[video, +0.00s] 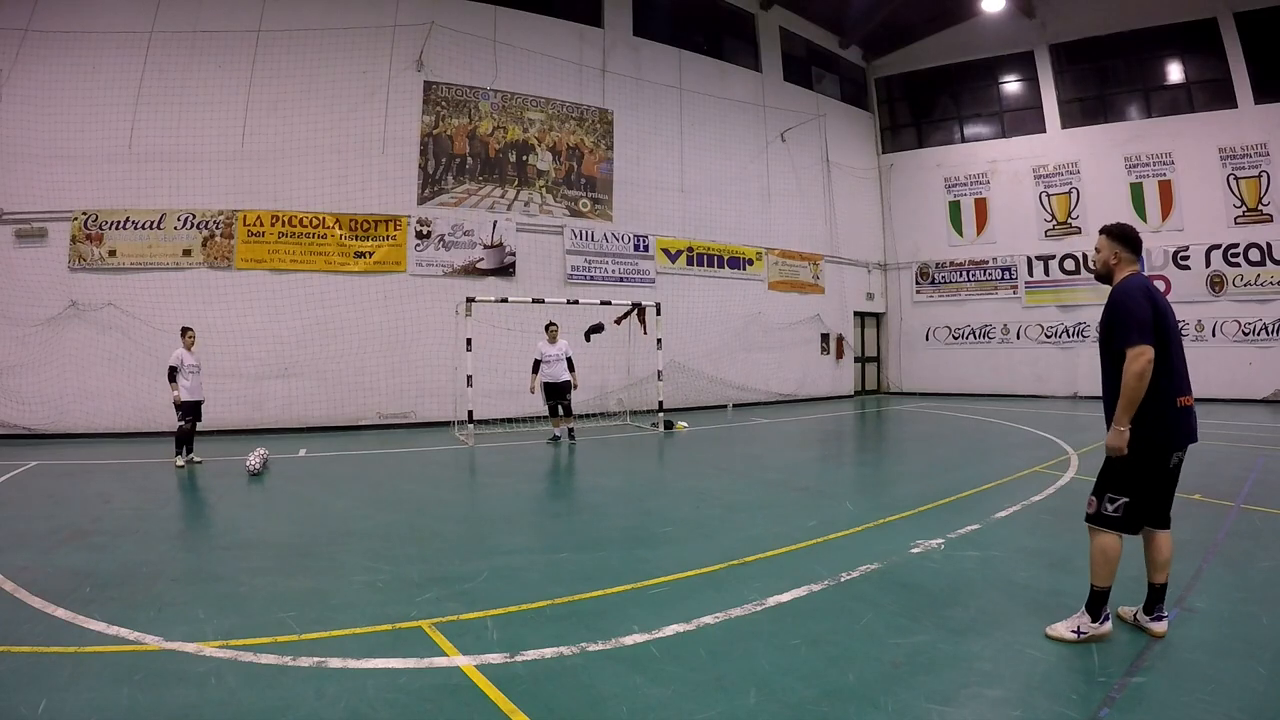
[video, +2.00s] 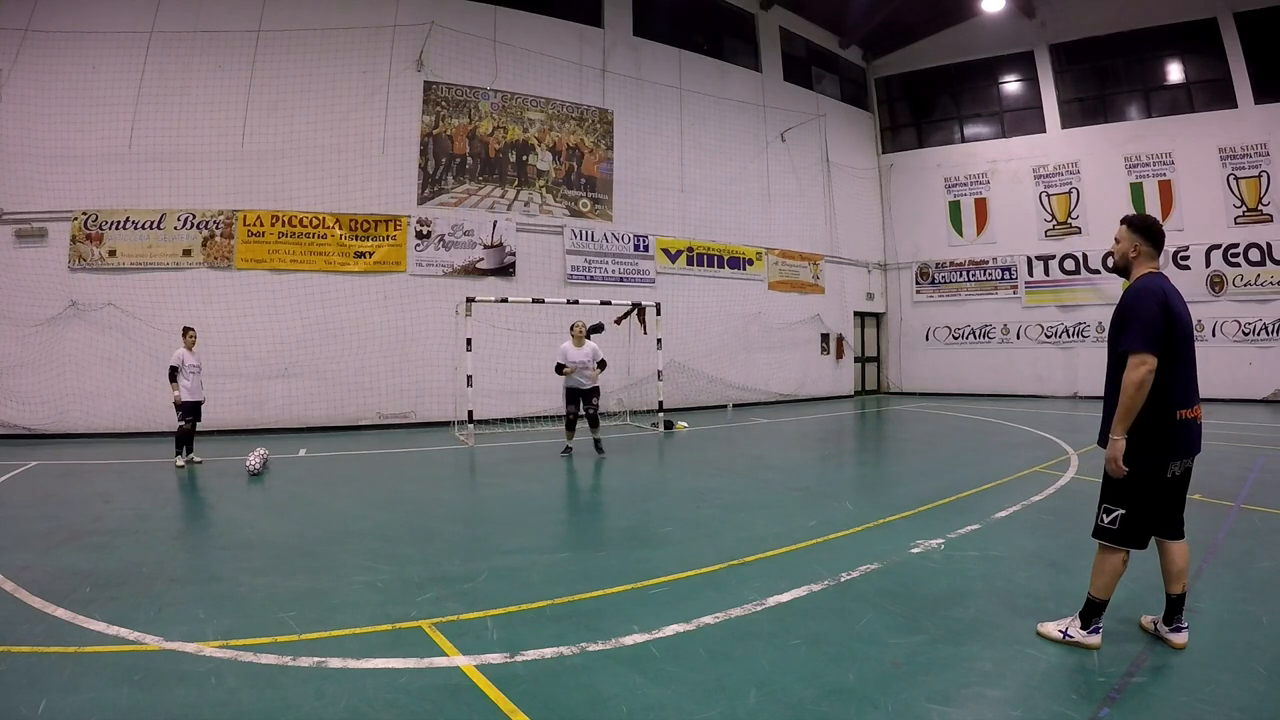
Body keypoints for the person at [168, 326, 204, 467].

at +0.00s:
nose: (192, 340)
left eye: (194, 337)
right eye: (190, 337)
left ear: (195, 339)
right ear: (183, 338)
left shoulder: (195, 356)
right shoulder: (178, 354)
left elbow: (197, 377)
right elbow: (171, 373)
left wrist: (201, 394)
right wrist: (175, 392)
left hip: (196, 397)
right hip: (183, 397)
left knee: (192, 426)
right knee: (184, 426)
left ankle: (189, 454)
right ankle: (178, 456)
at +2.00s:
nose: (193, 340)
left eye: (195, 337)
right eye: (191, 337)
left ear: (196, 339)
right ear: (183, 338)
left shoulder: (196, 355)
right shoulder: (179, 354)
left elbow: (198, 376)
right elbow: (172, 373)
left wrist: (201, 392)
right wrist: (176, 392)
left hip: (196, 397)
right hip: (184, 397)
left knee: (192, 426)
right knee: (184, 426)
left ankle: (189, 454)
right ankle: (178, 456)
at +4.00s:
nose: (194, 340)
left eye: (195, 337)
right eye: (191, 337)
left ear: (196, 339)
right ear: (184, 338)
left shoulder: (196, 356)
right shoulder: (179, 353)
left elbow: (198, 376)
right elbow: (172, 372)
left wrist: (201, 392)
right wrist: (175, 391)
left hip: (196, 397)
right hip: (183, 397)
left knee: (192, 426)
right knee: (184, 425)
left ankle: (189, 454)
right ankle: (178, 456)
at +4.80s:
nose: (180, 341)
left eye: (181, 339)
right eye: (177, 338)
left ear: (182, 340)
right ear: (170, 339)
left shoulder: (183, 357)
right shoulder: (163, 355)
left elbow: (186, 376)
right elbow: (156, 373)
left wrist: (190, 391)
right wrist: (161, 391)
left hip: (183, 398)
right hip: (167, 398)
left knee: (184, 427)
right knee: (164, 426)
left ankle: (189, 453)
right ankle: (160, 452)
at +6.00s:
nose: (199, 345)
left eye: (200, 342)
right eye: (196, 342)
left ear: (199, 343)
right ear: (189, 342)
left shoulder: (199, 359)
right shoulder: (179, 355)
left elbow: (201, 376)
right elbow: (165, 369)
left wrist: (200, 388)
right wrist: (153, 385)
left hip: (190, 397)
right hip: (175, 395)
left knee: (185, 424)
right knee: (181, 421)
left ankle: (178, 450)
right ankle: (173, 450)